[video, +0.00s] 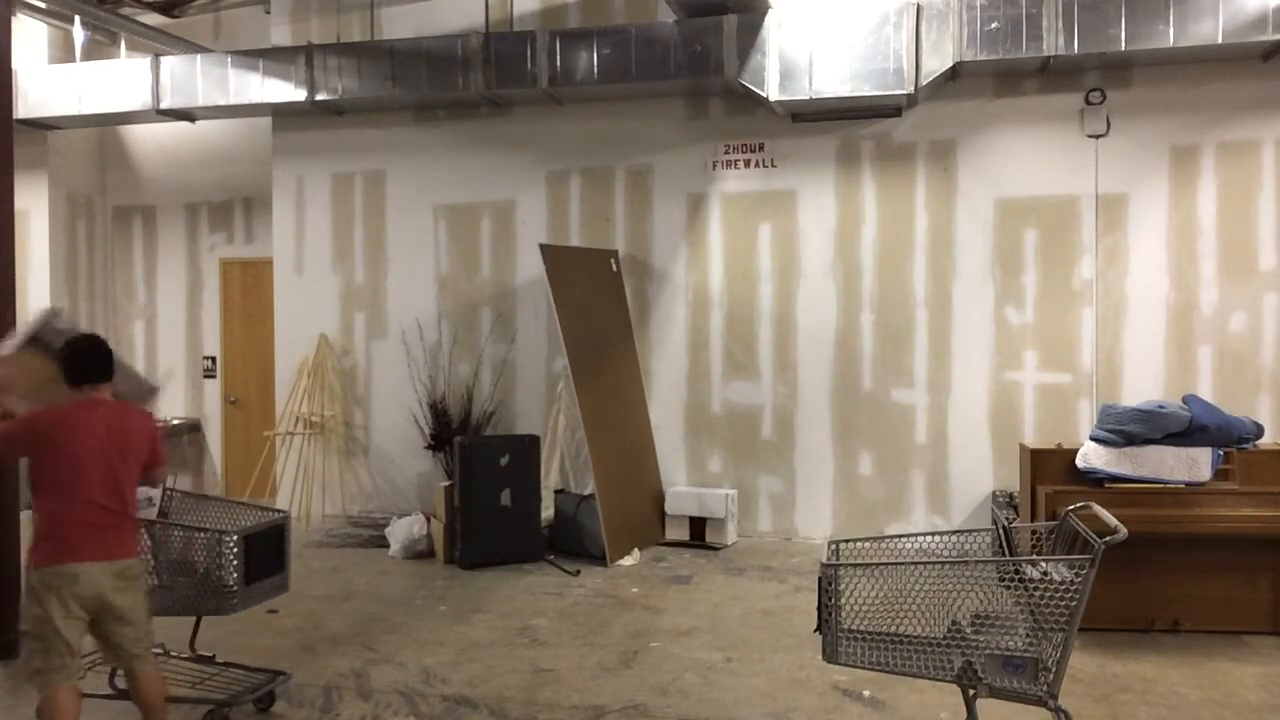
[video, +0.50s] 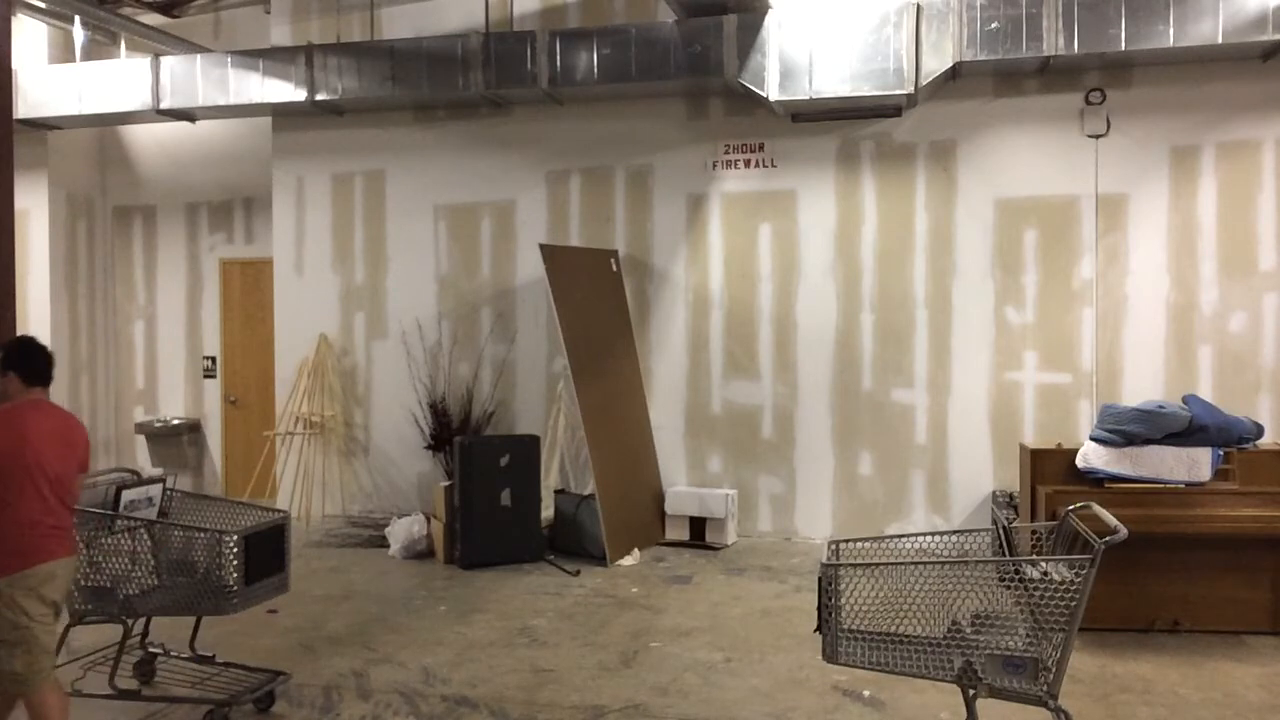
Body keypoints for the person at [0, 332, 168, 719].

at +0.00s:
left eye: (66, 370)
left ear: (64, 375)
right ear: (111, 372)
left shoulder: (43, 423)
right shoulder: (139, 420)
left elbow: (4, 442)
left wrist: (8, 404)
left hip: (58, 570)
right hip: (121, 566)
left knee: (58, 677)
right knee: (140, 661)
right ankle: (158, 715)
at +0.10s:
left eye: (57, 367)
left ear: (54, 373)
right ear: (100, 371)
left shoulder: (29, 423)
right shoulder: (127, 423)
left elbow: (4, 470)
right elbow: (128, 475)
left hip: (45, 569)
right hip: (107, 565)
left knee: (54, 678)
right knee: (122, 655)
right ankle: (145, 714)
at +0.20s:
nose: (41, 374)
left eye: (42, 368)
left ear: (44, 371)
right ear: (90, 371)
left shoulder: (22, 420)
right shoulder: (115, 423)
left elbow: (6, 473)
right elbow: (106, 484)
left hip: (39, 567)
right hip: (95, 560)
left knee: (51, 676)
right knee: (99, 654)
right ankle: (119, 714)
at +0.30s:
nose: (27, 377)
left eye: (28, 370)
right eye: (28, 370)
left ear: (36, 372)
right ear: (78, 372)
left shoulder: (15, 421)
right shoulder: (104, 425)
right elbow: (95, 480)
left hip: (34, 566)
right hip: (85, 560)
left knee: (48, 677)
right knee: (74, 660)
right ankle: (79, 713)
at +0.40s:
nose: (10, 375)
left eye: (14, 368)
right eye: (12, 367)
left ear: (24, 372)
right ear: (63, 374)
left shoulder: (10, 419)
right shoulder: (89, 424)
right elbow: (86, 489)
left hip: (26, 564)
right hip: (75, 558)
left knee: (41, 679)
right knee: (49, 671)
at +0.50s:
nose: (0, 382)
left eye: (2, 374)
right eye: (2, 374)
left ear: (12, 376)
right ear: (46, 376)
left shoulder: (7, 420)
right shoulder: (73, 426)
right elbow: (74, 495)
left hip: (19, 562)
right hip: (61, 557)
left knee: (37, 678)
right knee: (10, 674)